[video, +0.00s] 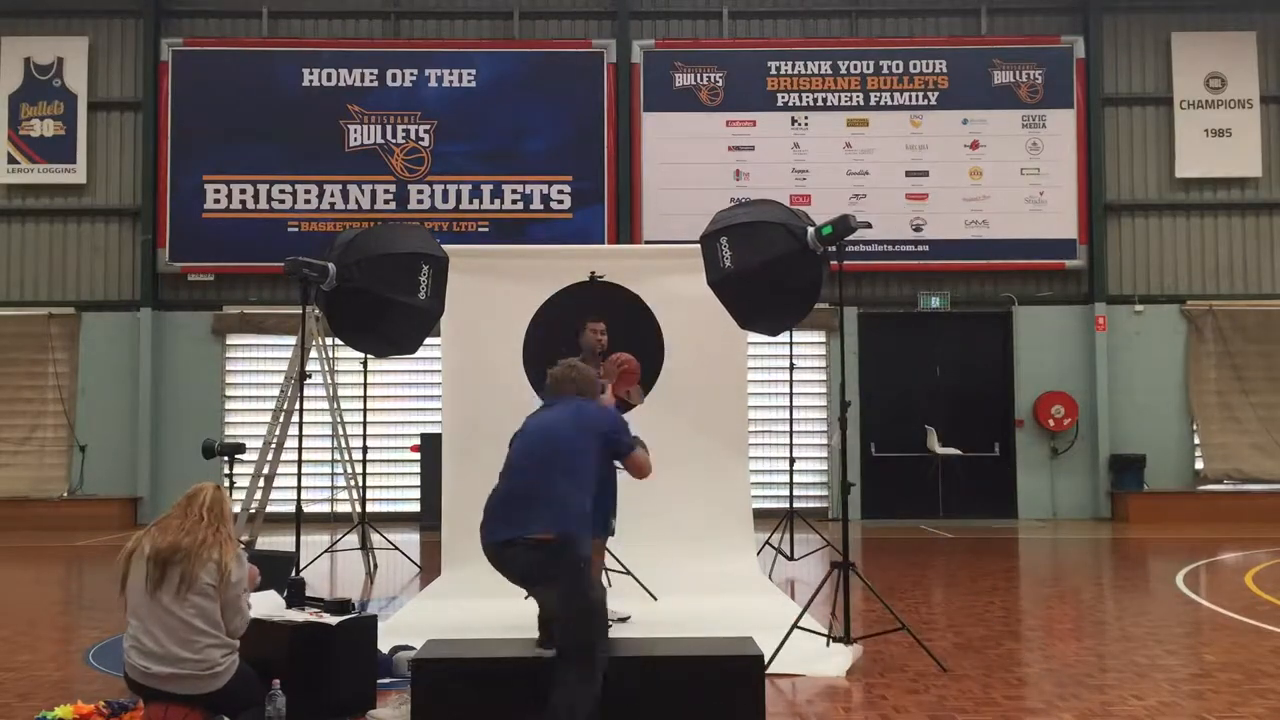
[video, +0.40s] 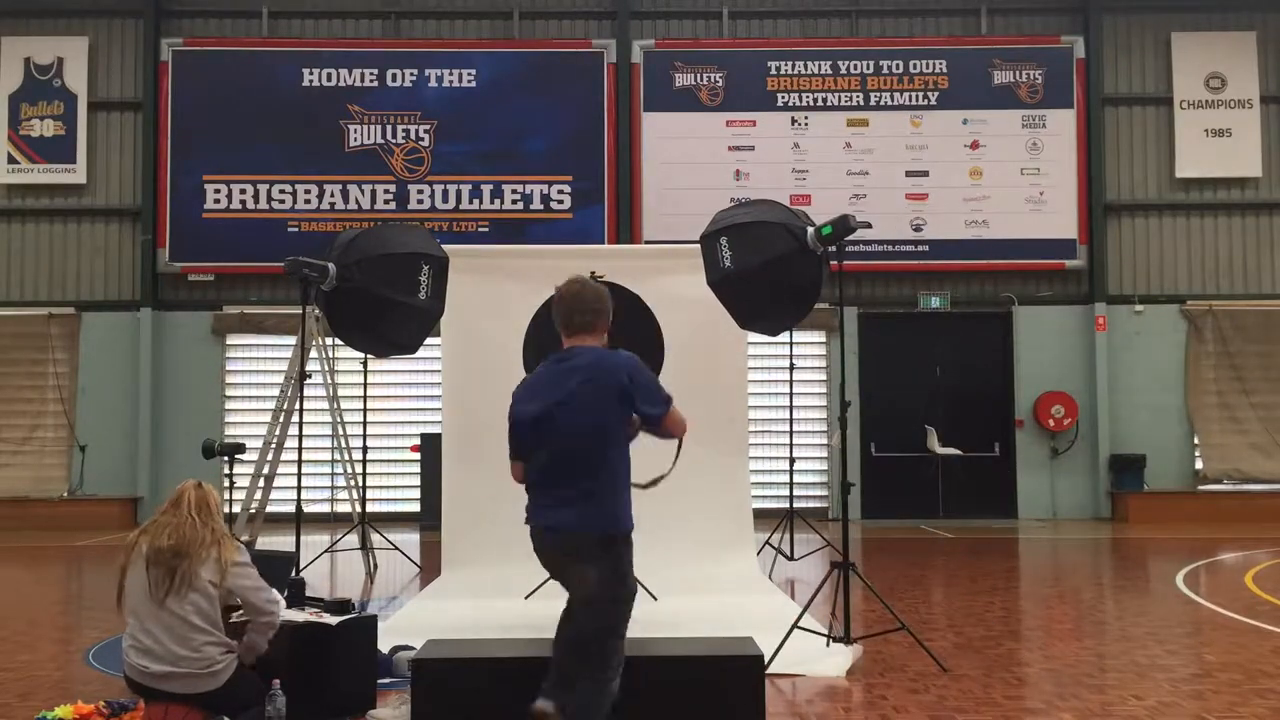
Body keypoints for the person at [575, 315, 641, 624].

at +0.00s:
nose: (600, 338)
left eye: (603, 333)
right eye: (594, 333)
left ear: (607, 339)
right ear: (580, 337)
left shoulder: (611, 371)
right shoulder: (568, 376)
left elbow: (637, 399)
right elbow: (582, 412)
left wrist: (621, 381)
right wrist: (608, 381)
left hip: (601, 467)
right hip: (569, 469)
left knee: (598, 536)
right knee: (571, 537)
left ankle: (596, 605)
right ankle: (572, 609)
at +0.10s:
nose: (602, 338)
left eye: (604, 333)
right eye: (596, 333)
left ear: (607, 338)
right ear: (582, 338)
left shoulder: (608, 370)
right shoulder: (570, 375)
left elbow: (635, 397)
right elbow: (576, 405)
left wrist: (621, 386)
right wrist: (607, 382)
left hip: (604, 460)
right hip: (580, 462)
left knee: (599, 532)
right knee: (585, 533)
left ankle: (595, 601)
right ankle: (582, 607)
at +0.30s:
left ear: (576, 366)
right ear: (624, 364)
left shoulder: (561, 402)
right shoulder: (633, 393)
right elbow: (670, 440)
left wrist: (564, 387)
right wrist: (638, 383)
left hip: (546, 534)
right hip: (604, 534)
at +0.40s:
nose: (609, 328)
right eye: (608, 321)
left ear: (559, 325)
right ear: (607, 324)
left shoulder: (529, 388)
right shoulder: (623, 368)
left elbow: (520, 472)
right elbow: (676, 427)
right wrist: (635, 419)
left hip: (547, 534)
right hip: (603, 531)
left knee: (586, 600)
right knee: (605, 635)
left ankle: (553, 695)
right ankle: (586, 714)